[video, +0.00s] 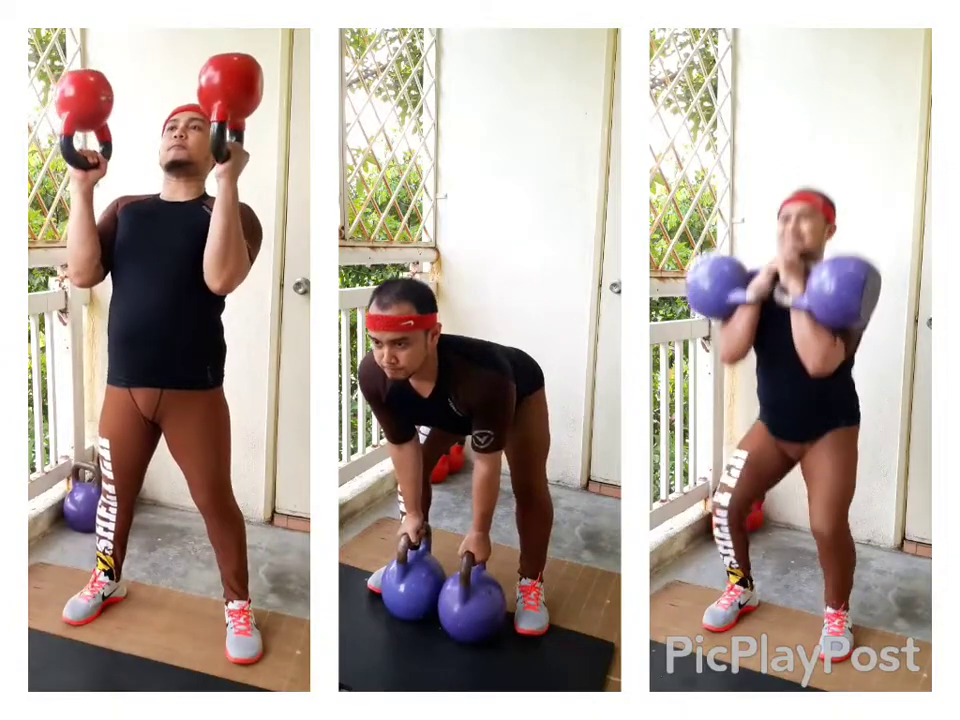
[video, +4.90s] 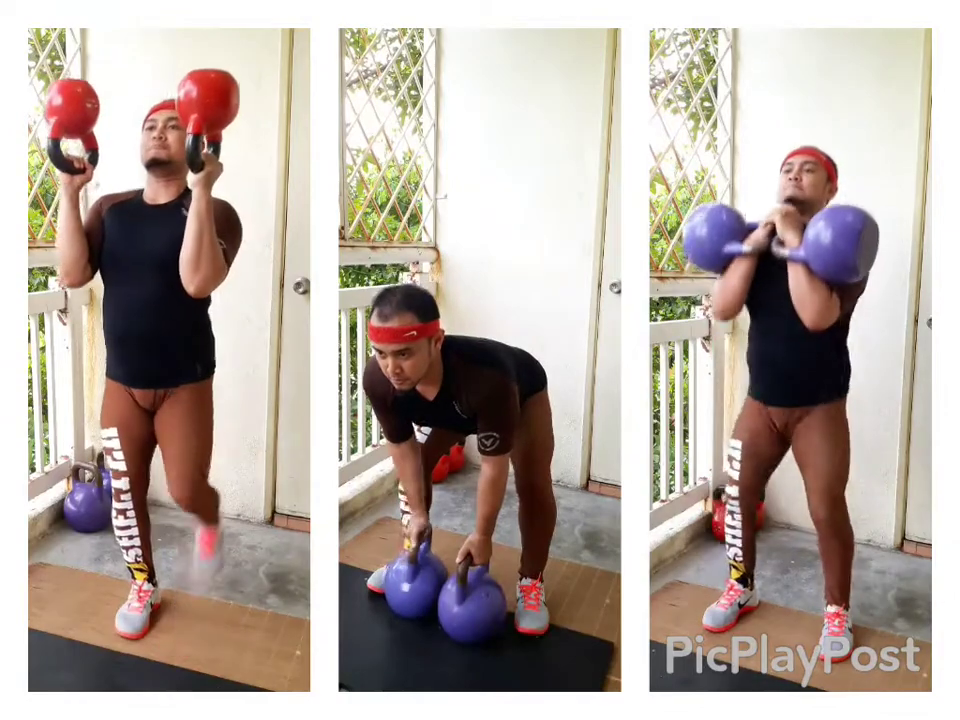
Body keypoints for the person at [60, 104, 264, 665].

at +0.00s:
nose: (178, 133)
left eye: (192, 127)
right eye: (171, 128)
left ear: (215, 148)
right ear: (159, 149)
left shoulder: (235, 216)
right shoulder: (125, 209)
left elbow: (221, 278)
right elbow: (82, 274)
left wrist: (226, 180)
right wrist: (83, 187)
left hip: (193, 391)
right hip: (123, 386)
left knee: (215, 503)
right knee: (115, 492)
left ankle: (238, 605)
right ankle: (106, 576)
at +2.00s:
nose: (187, 126)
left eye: (201, 119)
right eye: (179, 120)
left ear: (226, 138)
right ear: (167, 140)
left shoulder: (246, 205)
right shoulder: (138, 201)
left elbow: (234, 272)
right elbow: (97, 266)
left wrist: (235, 182)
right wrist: (96, 183)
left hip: (206, 381)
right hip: (140, 377)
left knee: (197, 496)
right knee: (132, 492)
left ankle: (190, 596)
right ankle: (138, 584)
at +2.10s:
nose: (188, 127)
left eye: (203, 119)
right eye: (180, 121)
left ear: (227, 138)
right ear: (169, 142)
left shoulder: (247, 205)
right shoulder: (140, 203)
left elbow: (235, 271)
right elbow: (100, 268)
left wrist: (235, 180)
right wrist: (98, 186)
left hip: (211, 381)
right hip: (146, 378)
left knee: (199, 497)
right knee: (140, 490)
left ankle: (191, 595)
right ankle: (166, 546)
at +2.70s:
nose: (190, 204)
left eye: (204, 196)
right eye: (181, 197)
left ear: (225, 213)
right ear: (171, 215)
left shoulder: (248, 278)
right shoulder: (147, 275)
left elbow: (235, 344)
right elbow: (114, 342)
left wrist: (237, 254)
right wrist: (104, 261)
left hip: (226, 414)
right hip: (168, 412)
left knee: (185, 504)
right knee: (175, 473)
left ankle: (187, 600)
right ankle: (212, 504)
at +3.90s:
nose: (198, 122)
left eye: (211, 116)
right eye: (191, 117)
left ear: (236, 136)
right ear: (180, 137)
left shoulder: (258, 208)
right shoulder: (149, 202)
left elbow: (240, 276)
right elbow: (110, 268)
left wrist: (243, 180)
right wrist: (104, 184)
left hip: (216, 380)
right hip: (154, 373)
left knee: (201, 494)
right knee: (144, 479)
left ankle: (191, 597)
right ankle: (172, 538)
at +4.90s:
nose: (159, 134)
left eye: (172, 126)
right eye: (150, 127)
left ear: (195, 144)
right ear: (139, 146)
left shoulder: (216, 214)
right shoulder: (110, 207)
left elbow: (198, 282)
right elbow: (73, 274)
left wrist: (201, 189)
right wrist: (70, 194)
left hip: (185, 381)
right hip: (122, 379)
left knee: (186, 493)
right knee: (126, 493)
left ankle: (212, 517)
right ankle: (142, 584)